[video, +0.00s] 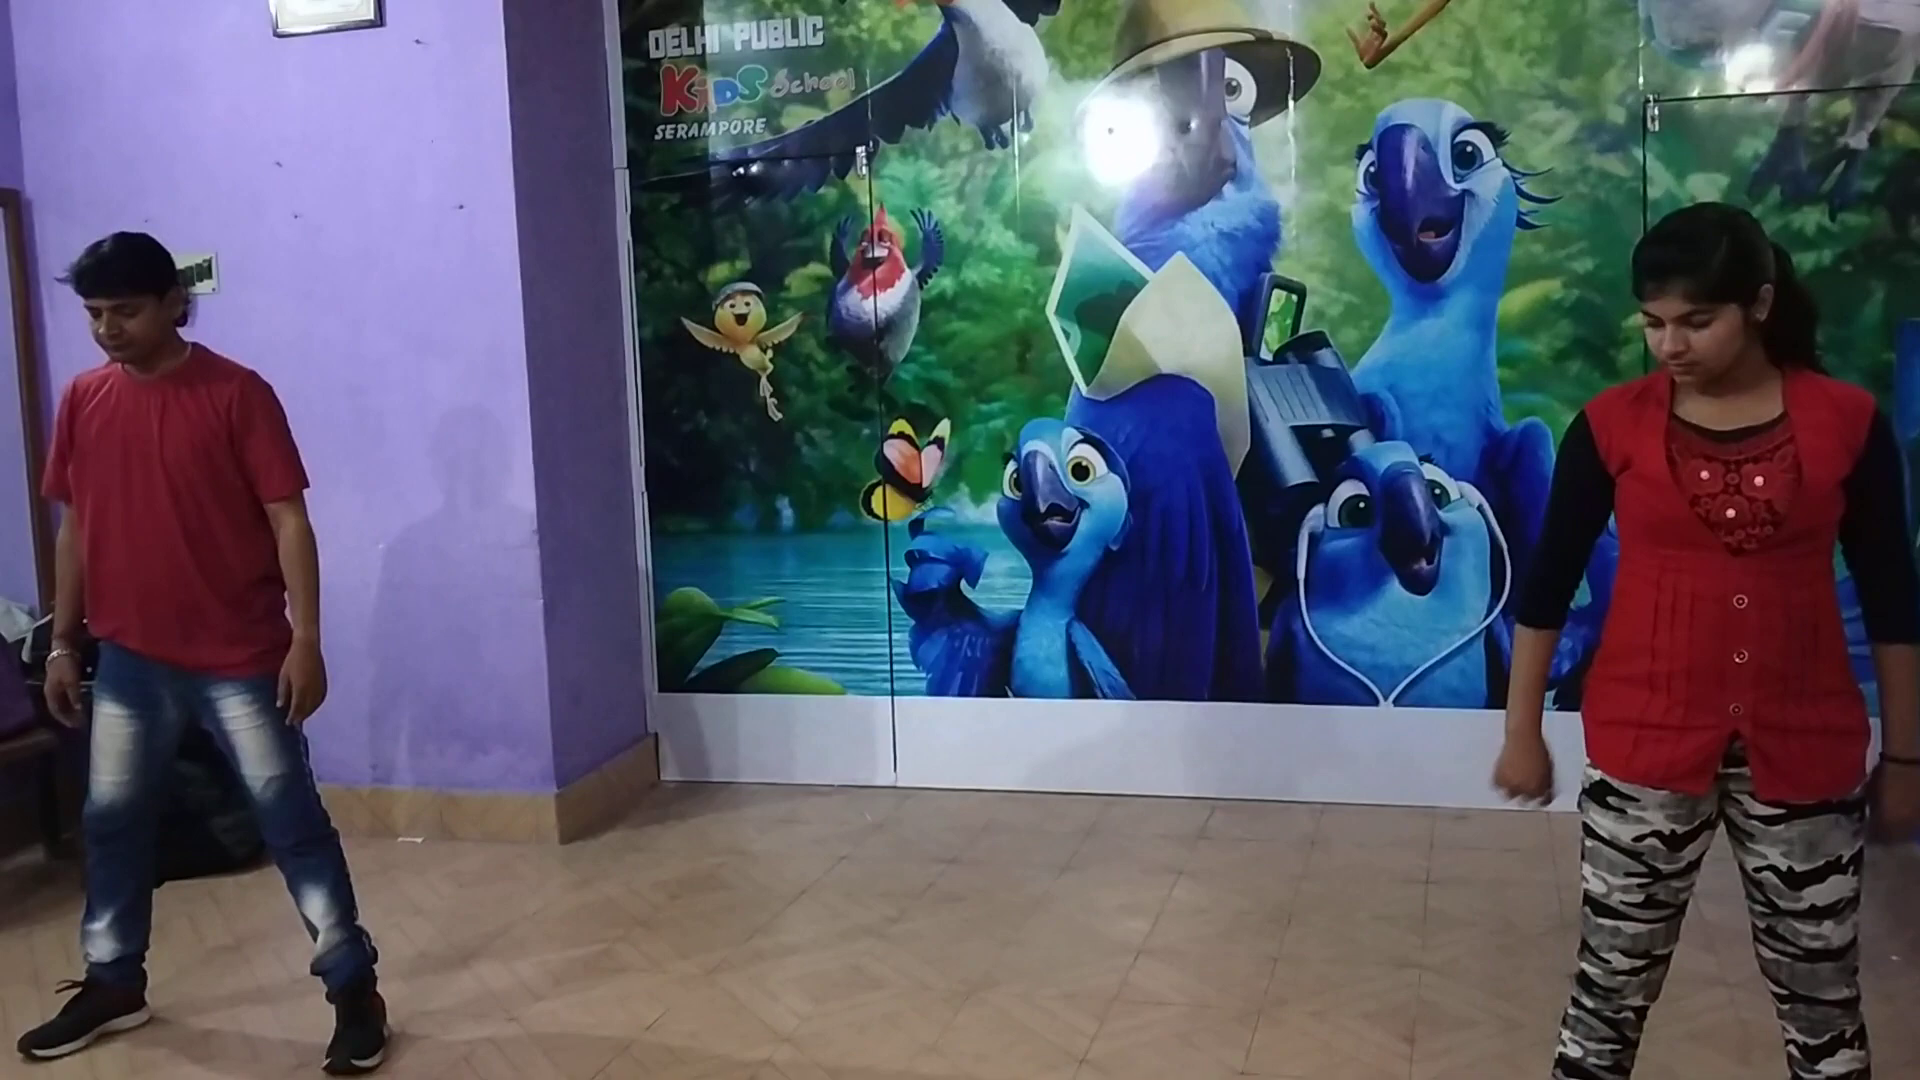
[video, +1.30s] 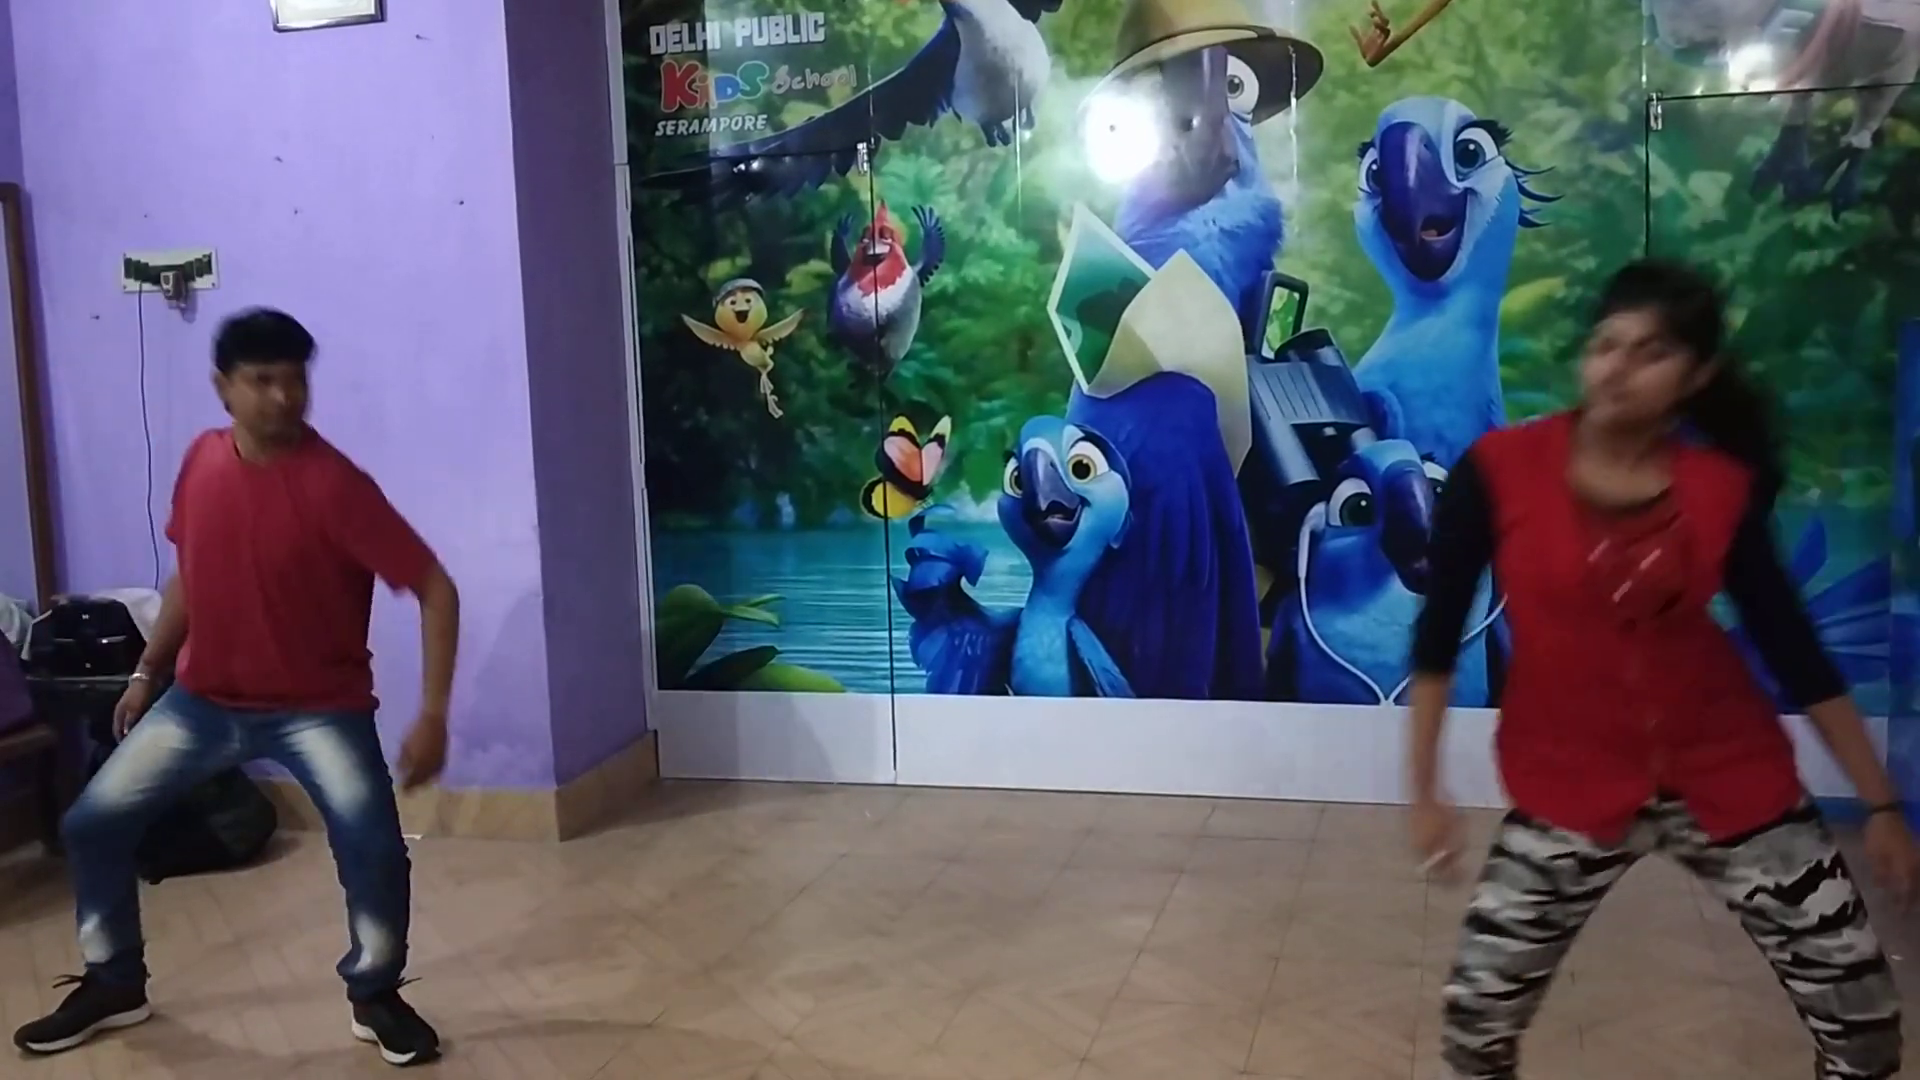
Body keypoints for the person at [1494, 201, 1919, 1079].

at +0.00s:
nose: (1671, 345)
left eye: (1694, 321)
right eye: (1655, 321)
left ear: (1756, 308)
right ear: (1639, 313)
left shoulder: (1845, 424)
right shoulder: (1612, 424)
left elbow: (1891, 595)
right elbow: (1548, 578)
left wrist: (1902, 756)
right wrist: (1521, 730)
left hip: (1802, 748)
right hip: (1645, 746)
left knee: (1821, 1002)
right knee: (1610, 991)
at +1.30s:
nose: (1612, 369)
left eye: (1646, 353)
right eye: (1604, 343)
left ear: (1694, 377)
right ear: (1584, 349)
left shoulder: (1720, 488)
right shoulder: (1498, 470)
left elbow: (1791, 645)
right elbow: (1439, 626)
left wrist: (1882, 804)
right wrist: (1424, 789)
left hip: (1722, 773)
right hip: (1568, 785)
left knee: (1860, 1011)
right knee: (1475, 1024)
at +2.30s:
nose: (1695, 289)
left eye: (1716, 264)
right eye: (1693, 268)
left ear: (1795, 266)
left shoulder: (1902, 402)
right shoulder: (1674, 411)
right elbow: (1639, 575)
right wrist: (1592, 714)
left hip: (1871, 732)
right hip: (1710, 723)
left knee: (1902, 981)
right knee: (1615, 939)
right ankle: (1545, 1073)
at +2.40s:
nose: (1670, 293)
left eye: (1693, 270)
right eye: (1672, 274)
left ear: (1768, 276)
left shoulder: (1886, 417)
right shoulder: (1655, 419)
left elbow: (1916, 572)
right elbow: (1619, 578)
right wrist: (1574, 715)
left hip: (1842, 733)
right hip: (1687, 723)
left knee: (1882, 970)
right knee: (1586, 933)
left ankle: (1906, 1070)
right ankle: (1529, 1072)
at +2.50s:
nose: (1626, 306)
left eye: (1648, 284)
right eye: (1629, 286)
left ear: (1721, 293)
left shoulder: (1831, 437)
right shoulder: (1619, 432)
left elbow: (1889, 624)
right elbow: (1589, 587)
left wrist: (1911, 802)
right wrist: (1541, 713)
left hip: (1793, 753)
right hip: (1645, 743)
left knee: (1855, 992)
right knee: (1546, 933)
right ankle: (1517, 1071)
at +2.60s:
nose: (1565, 321)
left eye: (1586, 300)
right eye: (1569, 301)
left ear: (1652, 311)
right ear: (1628, 315)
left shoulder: (1745, 455)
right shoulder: (1559, 446)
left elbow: (1779, 641)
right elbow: (1529, 591)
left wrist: (1804, 816)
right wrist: (1487, 705)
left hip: (1714, 766)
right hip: (1590, 756)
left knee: (1804, 979)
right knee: (1487, 921)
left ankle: (1892, 1065)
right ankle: (1503, 1071)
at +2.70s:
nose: (1490, 325)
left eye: (1509, 308)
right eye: (1495, 307)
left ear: (1571, 323)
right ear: (1554, 323)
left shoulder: (1631, 465)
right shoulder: (1495, 445)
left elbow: (1644, 648)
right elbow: (1462, 579)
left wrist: (1646, 815)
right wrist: (1412, 682)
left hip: (1621, 762)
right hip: (1514, 748)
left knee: (1684, 982)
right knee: (1430, 920)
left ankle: (1807, 1065)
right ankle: (1482, 1071)